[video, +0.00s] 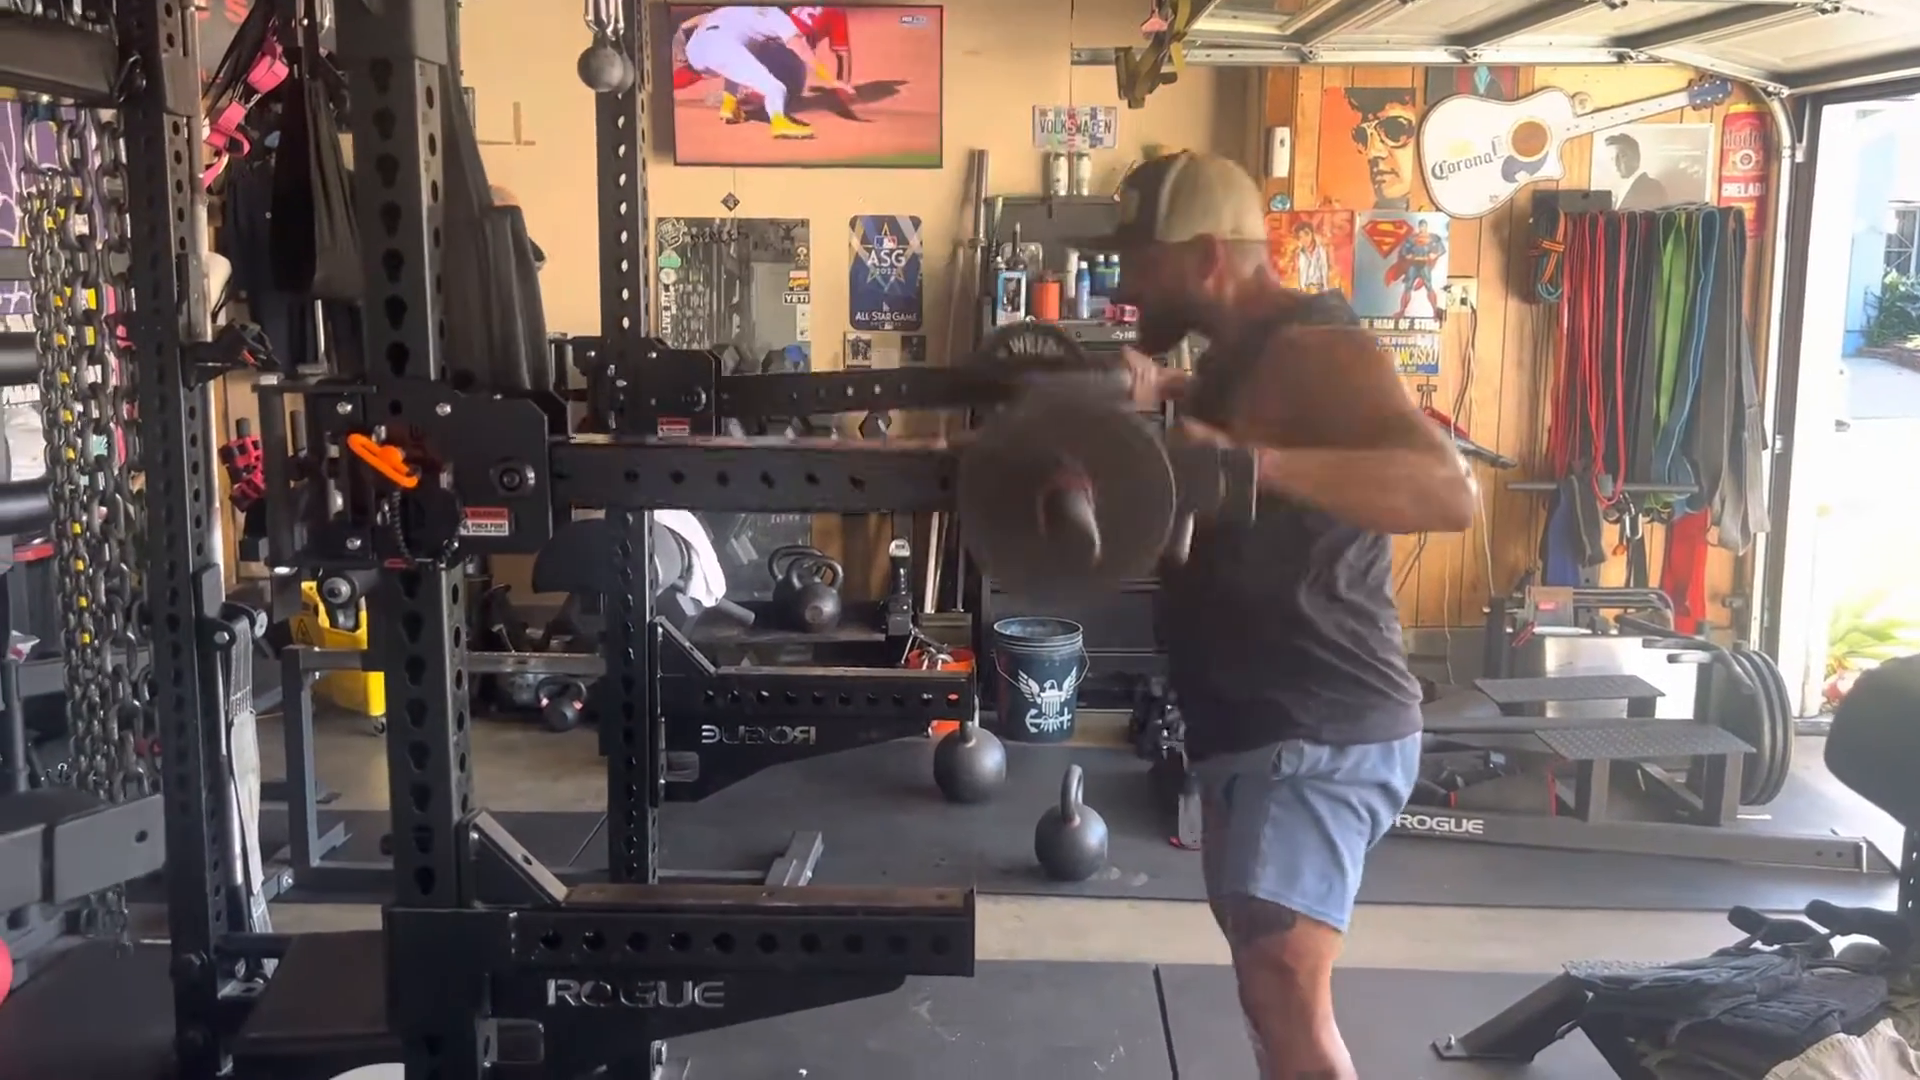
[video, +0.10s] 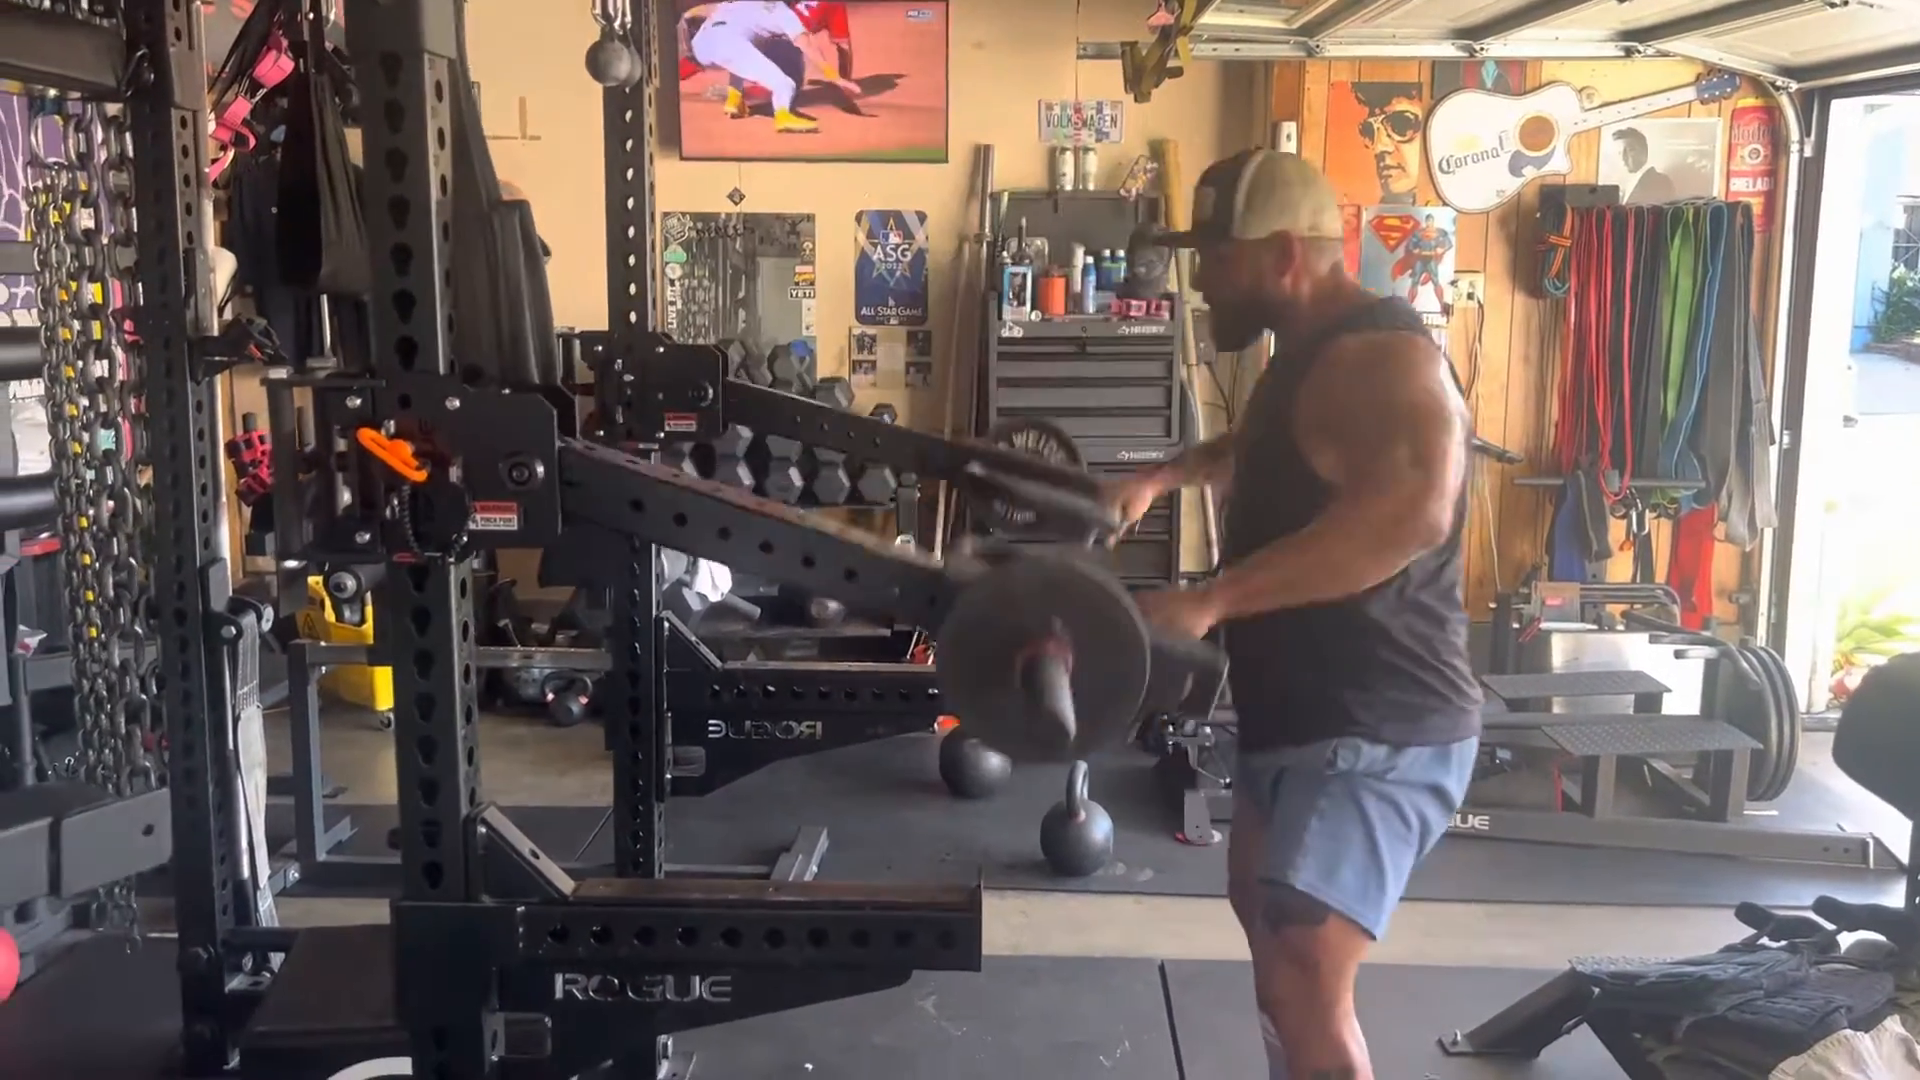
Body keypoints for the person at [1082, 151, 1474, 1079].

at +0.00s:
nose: (1125, 279)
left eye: (1139, 252)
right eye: (1126, 254)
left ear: (1210, 256)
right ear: (1211, 259)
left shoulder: (1319, 349)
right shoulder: (1211, 376)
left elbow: (1449, 493)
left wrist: (1248, 462)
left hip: (1318, 734)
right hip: (1251, 730)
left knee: (1286, 1005)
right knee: (1277, 1001)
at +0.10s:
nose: (1202, 276)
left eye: (1213, 253)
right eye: (1201, 254)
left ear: (1287, 253)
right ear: (1282, 255)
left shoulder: (1381, 348)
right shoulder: (1301, 353)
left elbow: (1414, 507)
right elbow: (1261, 455)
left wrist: (1213, 598)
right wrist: (1159, 476)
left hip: (1370, 730)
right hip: (1295, 717)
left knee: (1305, 994)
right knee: (1258, 901)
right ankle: (1298, 1057)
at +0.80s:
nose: (1373, 255)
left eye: (1393, 236)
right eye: (1377, 234)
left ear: (1472, 257)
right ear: (1467, 260)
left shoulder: (1534, 388)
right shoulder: (1432, 367)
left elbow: (1406, 555)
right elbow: (1313, 472)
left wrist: (1230, 644)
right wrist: (1182, 532)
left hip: (1524, 736)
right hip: (1423, 706)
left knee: (1354, 953)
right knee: (1310, 855)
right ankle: (1352, 1057)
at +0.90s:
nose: (1394, 232)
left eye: (1412, 207)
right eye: (1395, 207)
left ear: (1493, 216)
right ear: (1487, 219)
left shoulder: (1560, 333)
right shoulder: (1459, 321)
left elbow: (1536, 470)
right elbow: (1376, 396)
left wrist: (1340, 490)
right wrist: (1259, 400)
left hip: (1448, 692)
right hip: (1372, 667)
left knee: (1347, 958)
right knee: (1301, 839)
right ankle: (1358, 1056)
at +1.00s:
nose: (1343, 212)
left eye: (1360, 193)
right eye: (1344, 192)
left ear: (1433, 195)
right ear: (1419, 196)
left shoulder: (1523, 296)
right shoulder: (1392, 284)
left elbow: (1580, 384)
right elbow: (1283, 331)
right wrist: (1201, 309)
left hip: (1396, 682)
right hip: (1321, 661)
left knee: (1359, 953)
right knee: (1338, 927)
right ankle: (1366, 1064)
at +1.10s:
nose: (1286, 209)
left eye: (1294, 189)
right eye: (1281, 191)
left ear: (1322, 187)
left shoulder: (1410, 296)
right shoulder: (1344, 294)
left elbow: (1502, 321)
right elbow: (1267, 262)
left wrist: (1341, 210)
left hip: (1362, 688)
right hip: (1320, 676)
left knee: (1361, 965)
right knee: (1351, 955)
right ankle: (1375, 1068)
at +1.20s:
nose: (1175, 255)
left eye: (1188, 227)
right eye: (1173, 230)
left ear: (1252, 219)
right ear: (1250, 226)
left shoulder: (1348, 295)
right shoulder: (1282, 308)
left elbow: (1383, 250)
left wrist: (1238, 94)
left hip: (1358, 695)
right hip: (1321, 686)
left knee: (1370, 971)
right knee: (1361, 963)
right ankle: (1387, 1066)